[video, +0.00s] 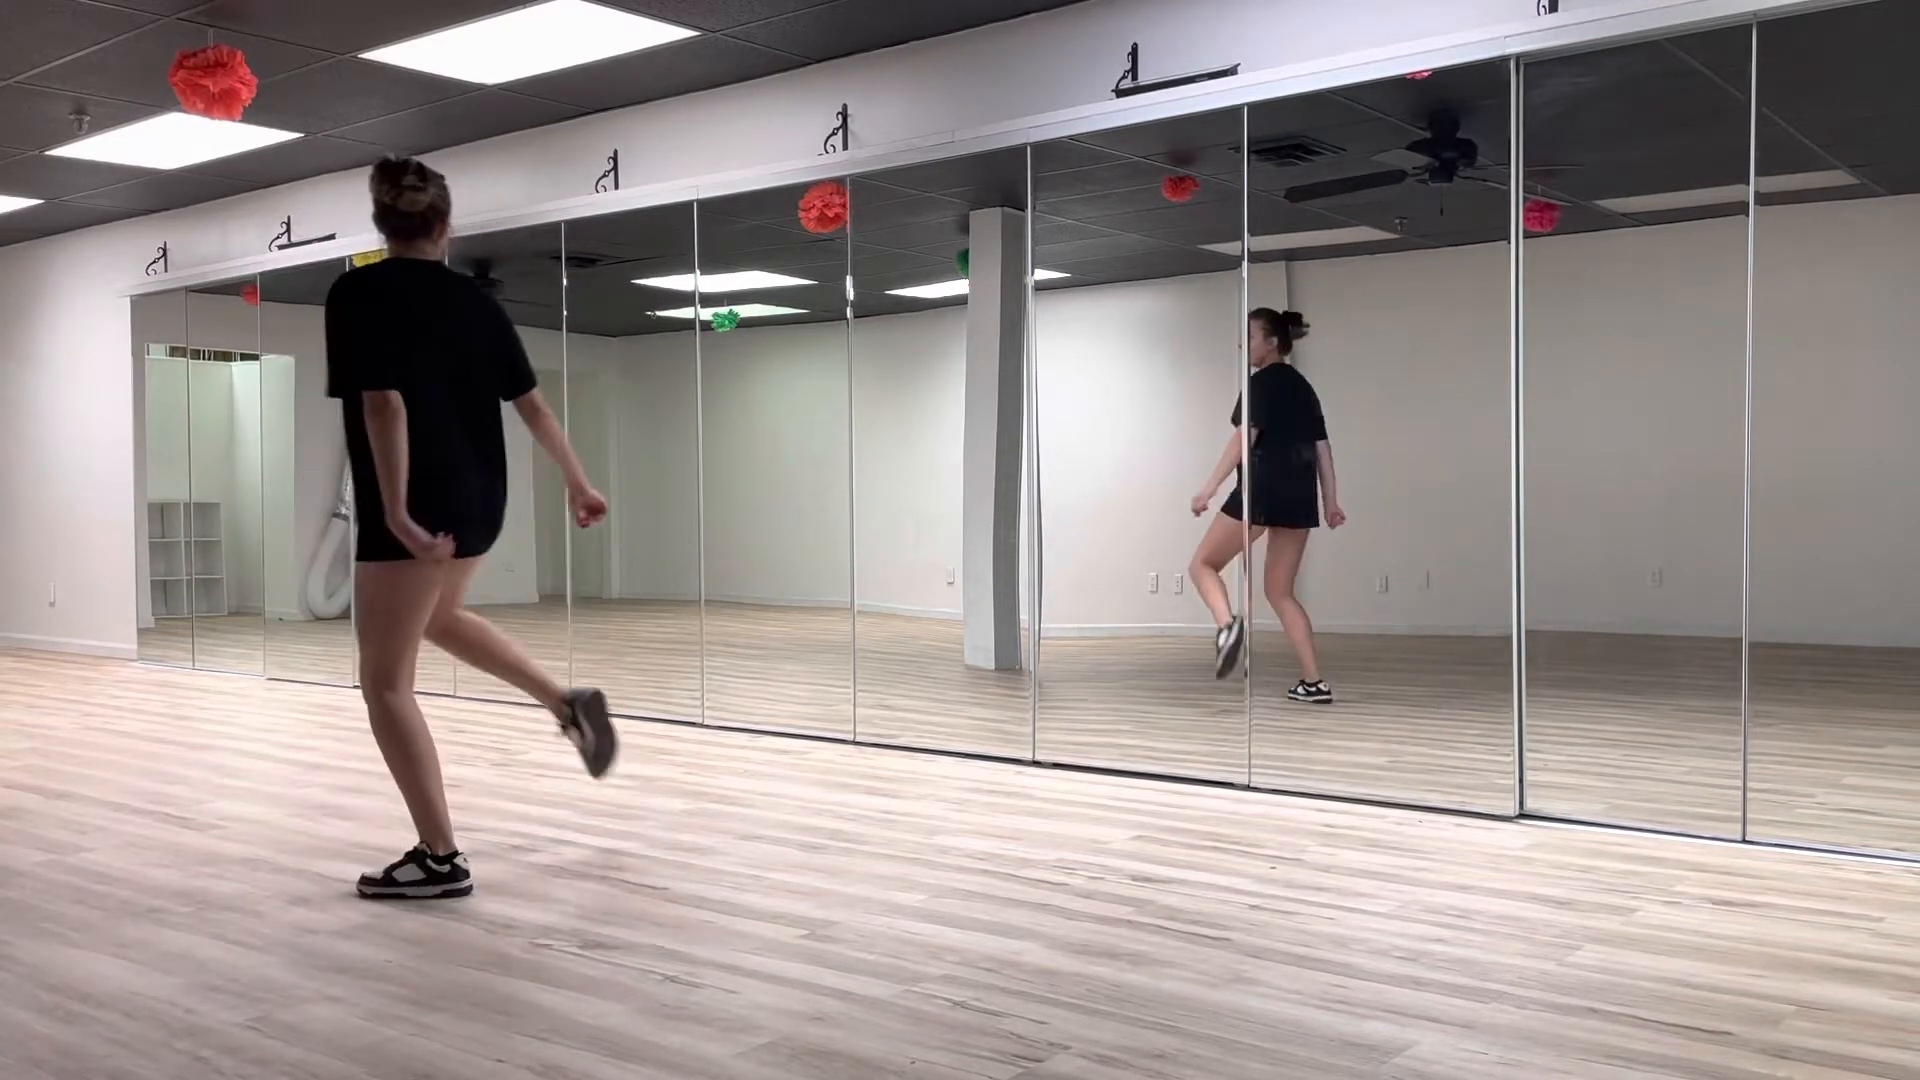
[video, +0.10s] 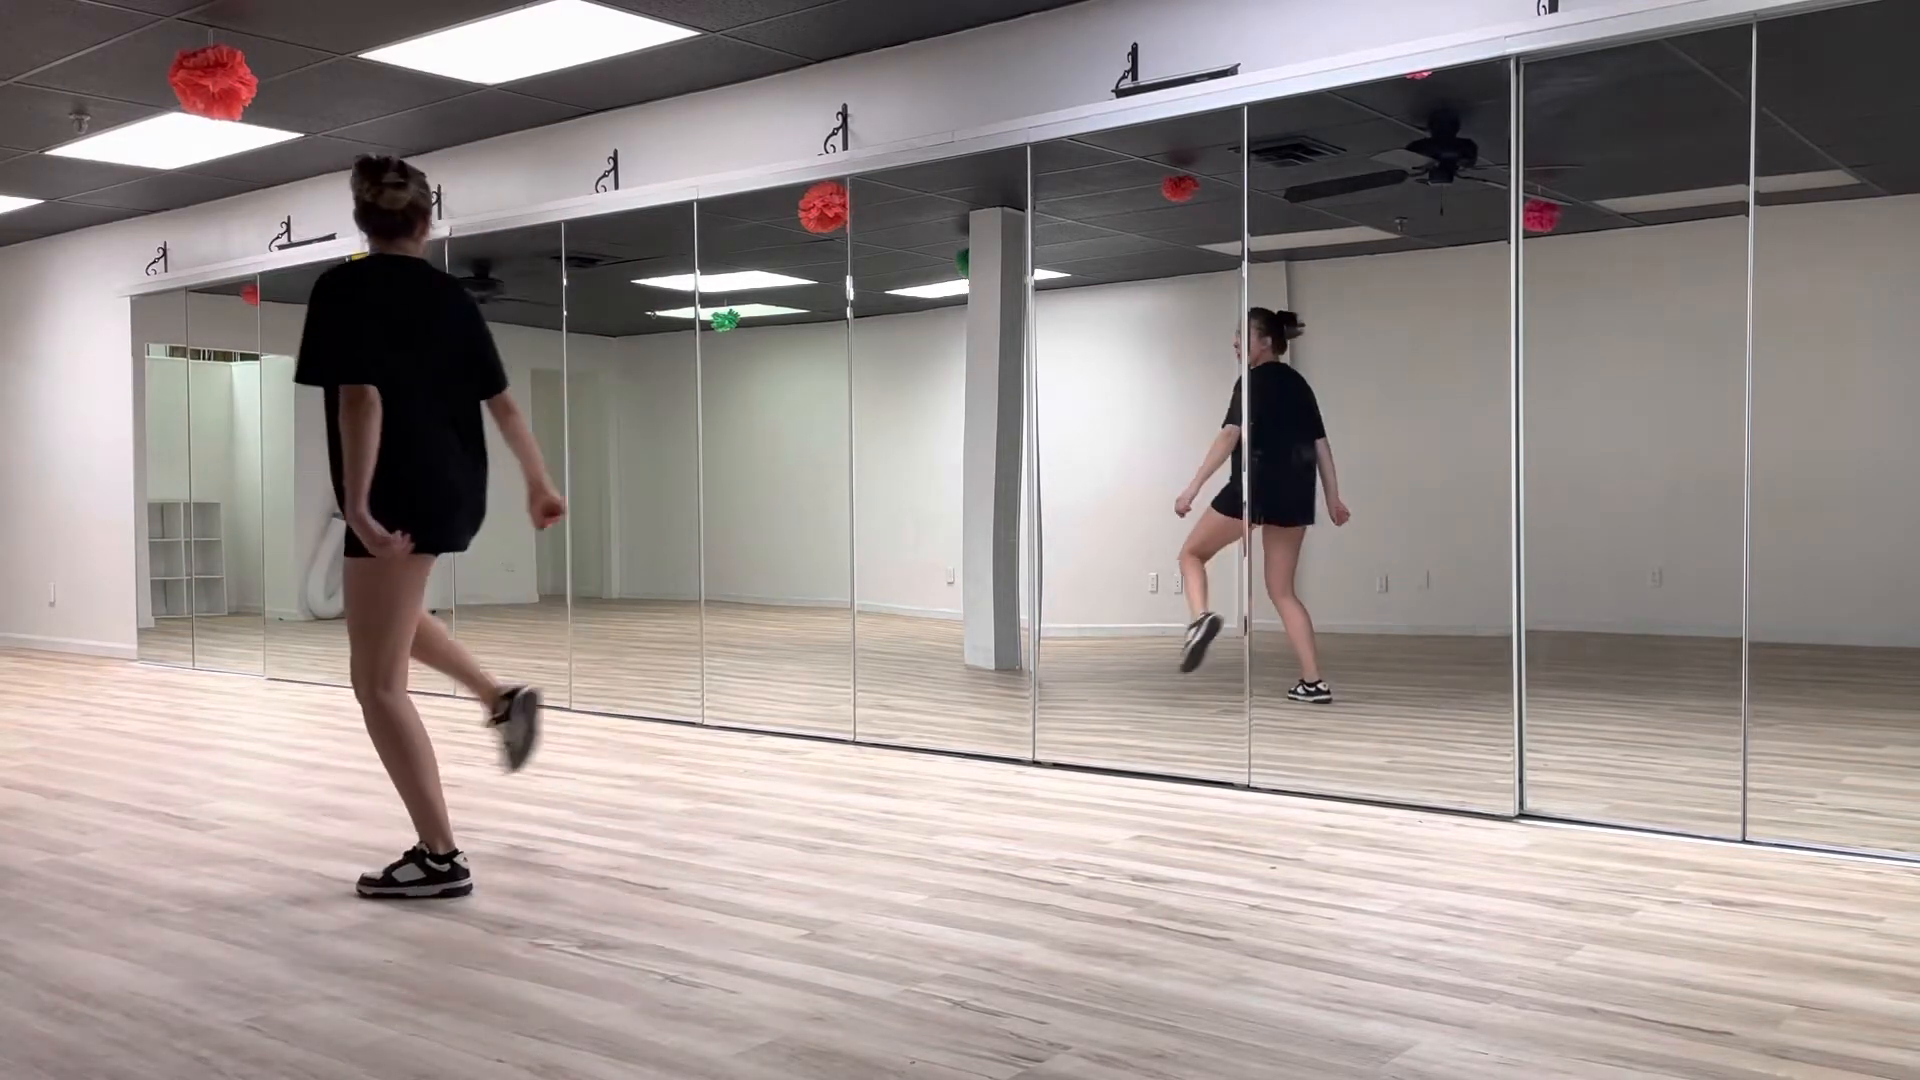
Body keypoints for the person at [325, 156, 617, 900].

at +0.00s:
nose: (447, 230)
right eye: (448, 221)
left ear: (378, 224)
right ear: (446, 225)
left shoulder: (356, 292)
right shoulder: (472, 298)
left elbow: (383, 403)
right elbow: (528, 402)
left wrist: (395, 512)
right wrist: (577, 480)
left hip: (403, 506)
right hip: (479, 497)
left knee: (388, 686)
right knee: (442, 617)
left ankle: (439, 853)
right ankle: (564, 703)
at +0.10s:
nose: (425, 226)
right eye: (429, 217)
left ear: (359, 224)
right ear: (427, 222)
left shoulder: (345, 288)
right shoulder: (450, 296)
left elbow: (362, 398)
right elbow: (501, 402)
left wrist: (356, 504)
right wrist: (539, 480)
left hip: (389, 493)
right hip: (452, 490)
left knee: (378, 682)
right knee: (397, 615)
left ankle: (438, 852)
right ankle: (499, 698)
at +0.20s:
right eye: (412, 211)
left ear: (344, 213)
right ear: (412, 217)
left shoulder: (329, 277)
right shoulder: (432, 290)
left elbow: (344, 388)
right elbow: (470, 396)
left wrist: (336, 491)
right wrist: (501, 480)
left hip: (378, 485)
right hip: (430, 482)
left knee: (378, 676)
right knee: (331, 602)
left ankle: (441, 848)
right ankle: (420, 740)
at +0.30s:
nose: (396, 230)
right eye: (399, 220)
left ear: (330, 222)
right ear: (396, 225)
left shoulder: (320, 289)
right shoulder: (412, 299)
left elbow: (342, 401)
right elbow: (441, 408)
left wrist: (339, 509)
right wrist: (469, 495)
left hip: (363, 505)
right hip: (402, 500)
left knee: (364, 680)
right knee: (331, 638)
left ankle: (445, 844)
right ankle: (331, 781)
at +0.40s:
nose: (307, 248)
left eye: (309, 240)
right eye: (313, 238)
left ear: (316, 248)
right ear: (381, 249)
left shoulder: (339, 324)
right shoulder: (385, 320)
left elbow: (356, 444)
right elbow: (411, 430)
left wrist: (363, 556)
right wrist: (433, 524)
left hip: (342, 541)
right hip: (337, 536)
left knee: (341, 692)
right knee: (303, 658)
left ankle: (444, 845)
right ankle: (336, 805)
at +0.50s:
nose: (292, 251)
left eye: (297, 238)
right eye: (295, 238)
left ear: (318, 246)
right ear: (356, 248)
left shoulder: (357, 327)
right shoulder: (330, 325)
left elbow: (369, 453)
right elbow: (327, 449)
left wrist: (366, 564)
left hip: (340, 541)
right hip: (304, 538)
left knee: (326, 687)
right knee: (282, 664)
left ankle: (437, 840)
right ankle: (334, 807)